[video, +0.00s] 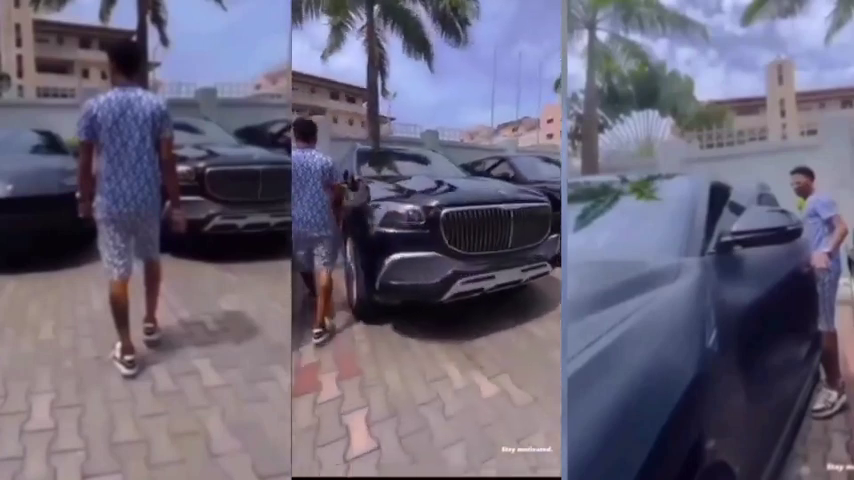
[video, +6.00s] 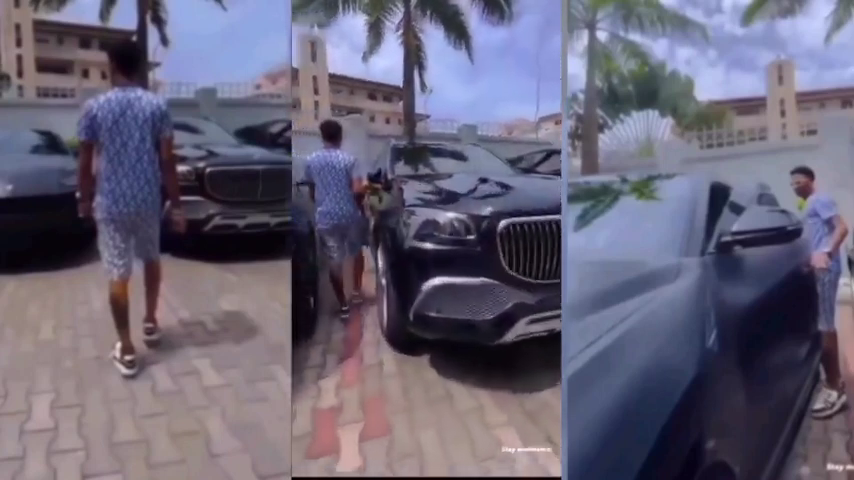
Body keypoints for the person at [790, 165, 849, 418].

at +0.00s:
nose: (796, 188)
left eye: (799, 183)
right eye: (794, 185)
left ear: (811, 181)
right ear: (796, 185)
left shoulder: (821, 201)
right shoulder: (808, 206)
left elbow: (841, 228)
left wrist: (827, 252)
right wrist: (809, 256)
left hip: (825, 269)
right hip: (814, 269)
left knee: (825, 328)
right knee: (821, 327)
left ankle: (835, 388)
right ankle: (831, 385)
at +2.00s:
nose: (796, 187)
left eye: (799, 183)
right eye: (793, 184)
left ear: (811, 181)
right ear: (797, 185)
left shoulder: (821, 201)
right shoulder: (809, 205)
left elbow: (842, 227)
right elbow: (820, 234)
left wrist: (827, 253)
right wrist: (810, 255)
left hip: (825, 268)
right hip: (815, 268)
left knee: (825, 327)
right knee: (822, 327)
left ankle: (834, 388)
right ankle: (830, 385)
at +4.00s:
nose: (796, 187)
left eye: (799, 183)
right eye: (793, 184)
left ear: (811, 181)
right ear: (797, 185)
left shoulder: (821, 201)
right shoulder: (809, 205)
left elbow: (842, 227)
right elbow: (820, 234)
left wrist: (827, 253)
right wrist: (810, 255)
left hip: (825, 268)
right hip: (815, 268)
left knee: (825, 327)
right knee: (822, 327)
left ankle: (834, 388)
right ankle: (830, 385)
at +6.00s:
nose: (796, 187)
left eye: (799, 183)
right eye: (793, 184)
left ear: (811, 181)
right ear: (797, 185)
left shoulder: (821, 201)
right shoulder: (809, 205)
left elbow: (842, 227)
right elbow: (820, 234)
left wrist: (827, 253)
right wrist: (810, 255)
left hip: (825, 268)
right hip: (815, 268)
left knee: (825, 327)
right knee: (822, 327)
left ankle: (834, 388)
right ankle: (830, 385)